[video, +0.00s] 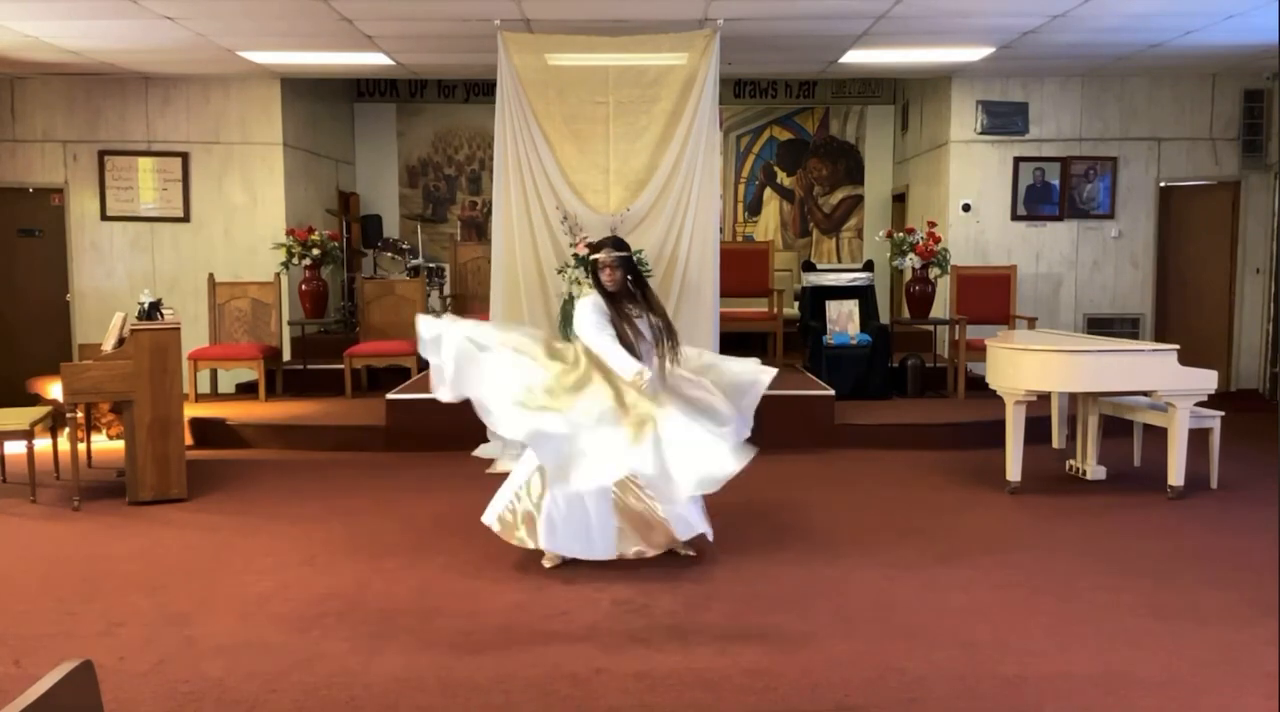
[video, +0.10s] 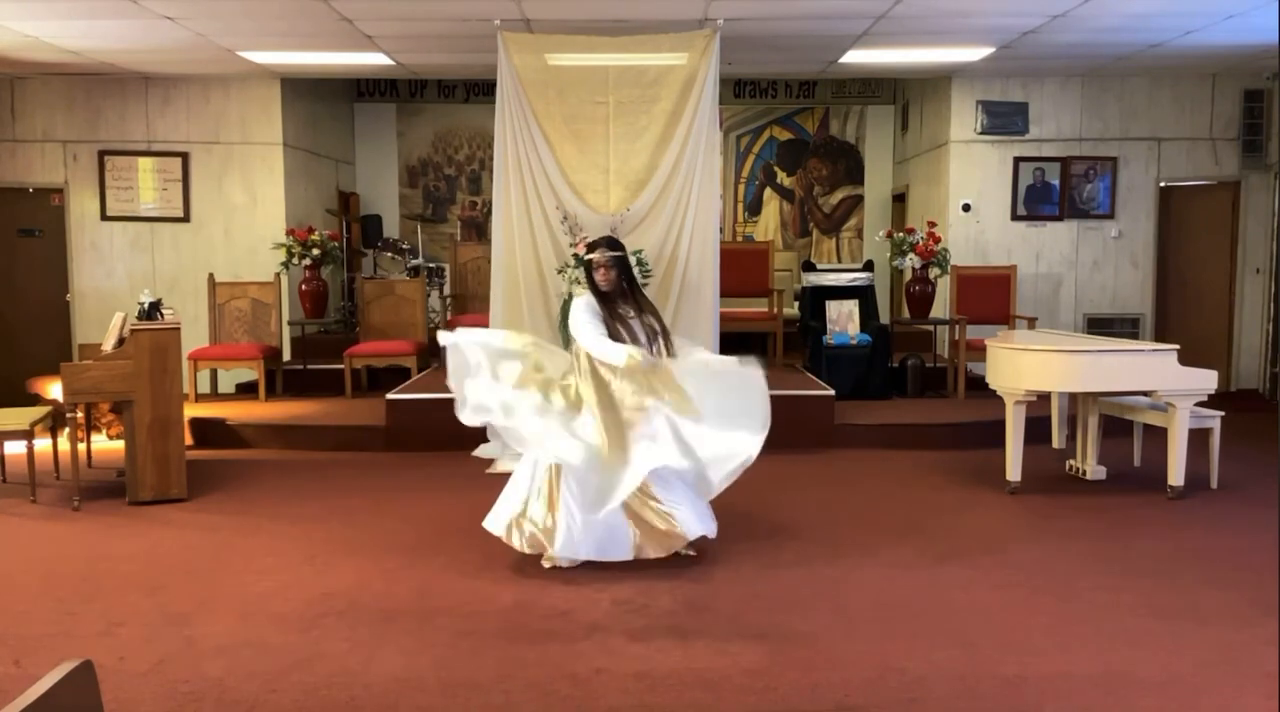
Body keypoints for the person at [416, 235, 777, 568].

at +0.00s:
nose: (610, 273)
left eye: (616, 267)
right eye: (603, 268)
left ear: (630, 270)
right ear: (594, 273)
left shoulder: (640, 305)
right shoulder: (589, 305)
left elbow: (668, 350)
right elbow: (601, 343)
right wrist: (635, 373)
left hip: (637, 392)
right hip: (592, 392)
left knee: (660, 456)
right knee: (570, 462)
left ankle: (673, 532)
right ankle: (556, 543)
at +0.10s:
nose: (603, 273)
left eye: (609, 266)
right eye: (596, 268)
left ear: (623, 269)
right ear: (588, 272)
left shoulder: (639, 307)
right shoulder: (584, 306)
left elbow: (670, 347)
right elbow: (594, 344)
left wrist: (717, 363)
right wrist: (633, 358)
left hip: (638, 401)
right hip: (594, 402)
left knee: (654, 463)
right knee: (580, 468)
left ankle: (670, 538)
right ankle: (565, 545)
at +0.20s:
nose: (597, 272)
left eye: (605, 265)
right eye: (591, 266)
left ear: (619, 267)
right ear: (584, 270)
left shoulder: (641, 304)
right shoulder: (578, 301)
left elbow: (666, 341)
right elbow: (580, 344)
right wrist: (626, 351)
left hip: (629, 393)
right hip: (586, 393)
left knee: (642, 461)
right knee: (582, 465)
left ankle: (665, 534)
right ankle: (570, 540)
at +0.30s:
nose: (591, 271)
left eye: (599, 264)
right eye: (586, 264)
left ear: (615, 266)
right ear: (580, 269)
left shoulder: (633, 296)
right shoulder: (573, 301)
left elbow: (672, 314)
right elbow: (554, 343)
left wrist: (645, 346)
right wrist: (592, 351)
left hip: (629, 392)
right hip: (583, 395)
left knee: (628, 463)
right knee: (566, 466)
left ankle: (654, 535)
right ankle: (559, 543)